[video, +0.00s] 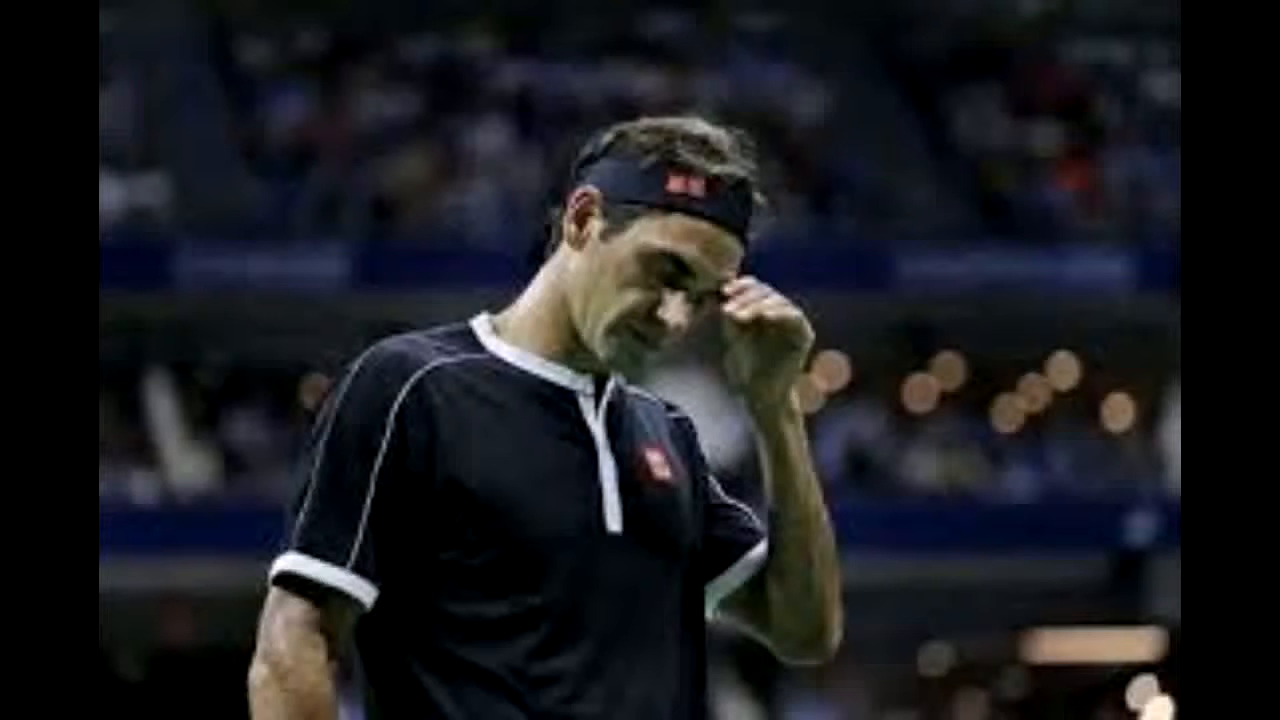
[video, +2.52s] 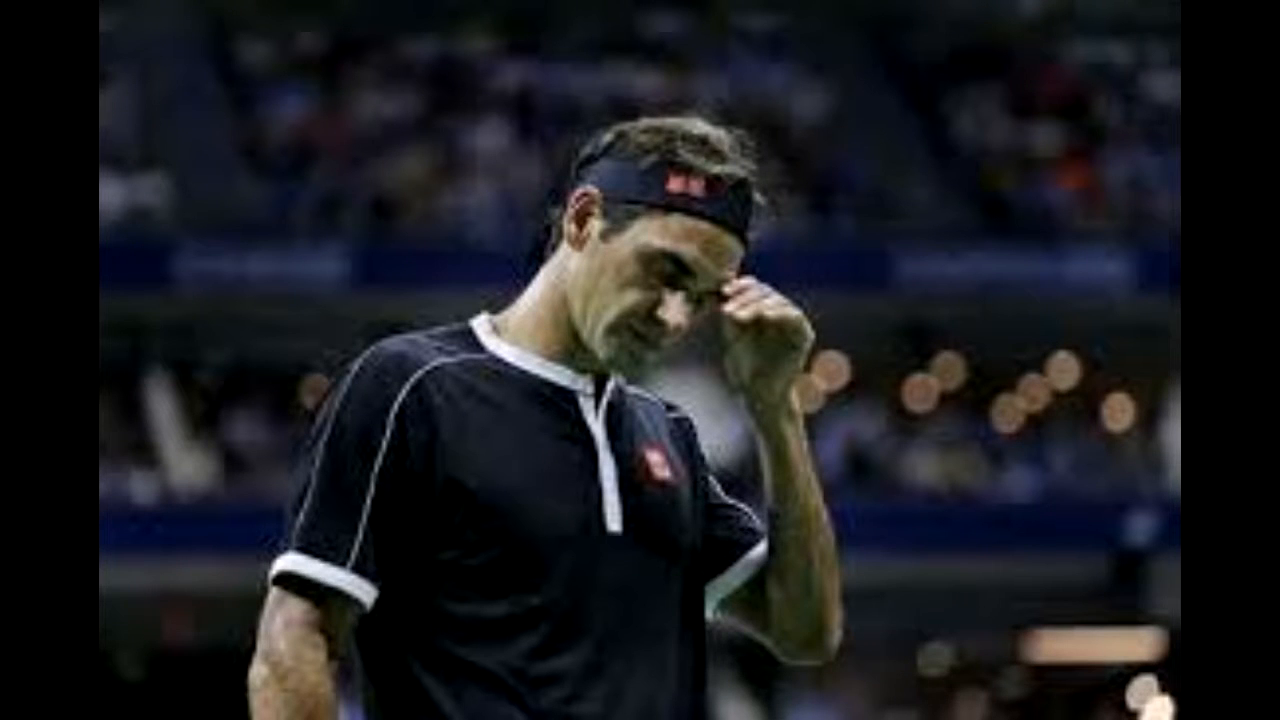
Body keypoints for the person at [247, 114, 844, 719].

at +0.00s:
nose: (675, 318)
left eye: (702, 299)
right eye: (664, 273)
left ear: (721, 300)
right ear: (584, 221)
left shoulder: (664, 436)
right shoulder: (403, 386)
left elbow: (805, 633)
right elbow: (291, 642)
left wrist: (777, 411)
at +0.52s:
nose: (675, 317)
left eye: (701, 298)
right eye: (664, 273)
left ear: (720, 300)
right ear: (584, 220)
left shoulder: (664, 436)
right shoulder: (403, 386)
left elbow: (805, 632)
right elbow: (291, 642)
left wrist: (777, 410)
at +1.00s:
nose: (675, 318)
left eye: (701, 299)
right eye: (665, 273)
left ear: (718, 301)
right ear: (584, 221)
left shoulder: (664, 435)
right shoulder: (403, 386)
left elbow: (805, 633)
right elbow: (292, 643)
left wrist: (776, 410)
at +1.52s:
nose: (675, 318)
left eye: (701, 299)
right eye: (665, 273)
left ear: (718, 301)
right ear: (584, 220)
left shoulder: (664, 436)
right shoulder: (404, 386)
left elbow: (805, 633)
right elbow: (292, 641)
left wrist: (776, 409)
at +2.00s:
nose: (675, 317)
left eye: (701, 299)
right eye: (664, 272)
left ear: (718, 301)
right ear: (584, 221)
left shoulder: (664, 436)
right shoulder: (404, 386)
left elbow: (805, 633)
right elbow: (292, 641)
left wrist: (776, 410)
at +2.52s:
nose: (675, 317)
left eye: (701, 299)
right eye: (664, 272)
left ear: (718, 301)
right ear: (584, 221)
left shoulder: (664, 436)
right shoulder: (404, 386)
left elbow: (805, 633)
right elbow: (292, 641)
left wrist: (776, 410)